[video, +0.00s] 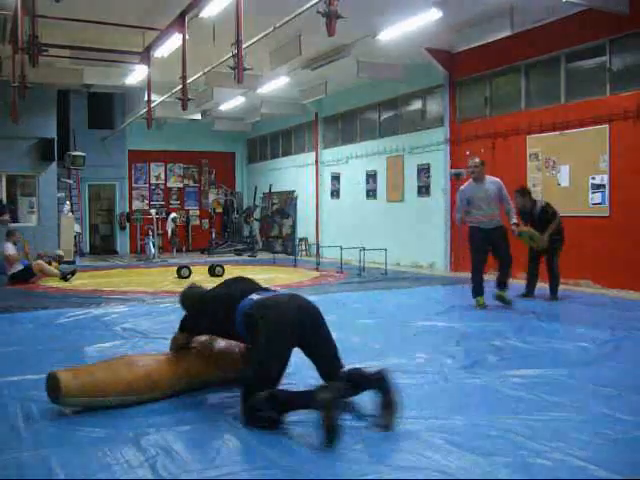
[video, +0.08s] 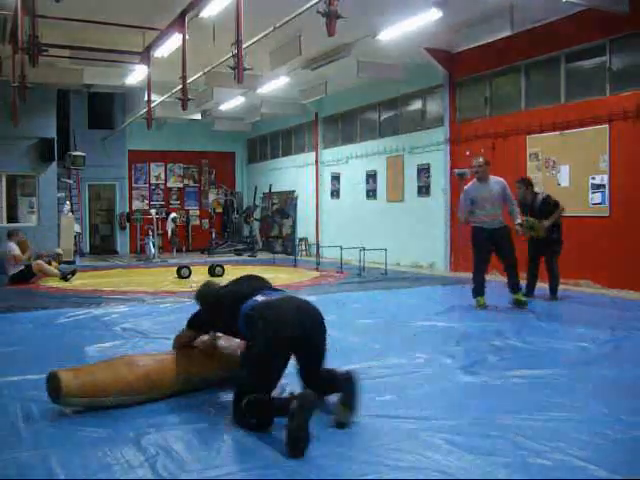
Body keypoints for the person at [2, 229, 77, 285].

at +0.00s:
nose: (19, 238)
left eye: (19, 236)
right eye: (17, 236)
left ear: (13, 237)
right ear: (12, 237)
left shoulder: (13, 246)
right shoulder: (8, 245)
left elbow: (16, 259)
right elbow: (11, 259)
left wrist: (26, 254)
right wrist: (22, 254)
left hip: (20, 272)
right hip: (15, 275)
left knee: (40, 264)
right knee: (39, 264)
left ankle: (62, 274)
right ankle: (62, 276)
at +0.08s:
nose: (21, 238)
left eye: (20, 236)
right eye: (19, 236)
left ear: (13, 237)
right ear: (14, 237)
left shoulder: (13, 245)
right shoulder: (11, 245)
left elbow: (19, 260)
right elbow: (20, 259)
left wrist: (27, 253)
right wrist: (29, 252)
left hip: (19, 272)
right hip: (15, 275)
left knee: (42, 263)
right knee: (39, 264)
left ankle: (63, 274)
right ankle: (62, 276)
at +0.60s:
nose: (18, 239)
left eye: (18, 237)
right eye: (18, 237)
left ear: (8, 237)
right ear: (15, 237)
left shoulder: (5, 246)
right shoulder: (11, 246)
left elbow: (19, 261)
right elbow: (21, 261)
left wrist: (27, 254)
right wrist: (28, 253)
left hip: (12, 276)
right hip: (14, 276)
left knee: (41, 267)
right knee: (39, 265)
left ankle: (63, 274)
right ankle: (62, 275)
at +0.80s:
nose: (16, 240)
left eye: (16, 238)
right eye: (14, 238)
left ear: (16, 239)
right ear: (8, 238)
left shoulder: (16, 246)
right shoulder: (4, 247)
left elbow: (25, 260)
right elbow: (4, 260)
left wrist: (28, 253)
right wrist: (16, 255)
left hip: (21, 272)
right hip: (13, 275)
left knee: (43, 268)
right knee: (38, 264)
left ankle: (63, 274)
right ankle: (61, 276)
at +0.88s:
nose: (17, 239)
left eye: (17, 237)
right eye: (14, 237)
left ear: (16, 238)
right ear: (8, 237)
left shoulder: (16, 246)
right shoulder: (5, 246)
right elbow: (2, 258)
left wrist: (28, 255)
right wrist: (8, 254)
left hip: (20, 273)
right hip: (12, 275)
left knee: (43, 267)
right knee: (38, 264)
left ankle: (63, 273)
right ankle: (61, 276)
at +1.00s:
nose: (16, 240)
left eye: (17, 238)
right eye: (14, 238)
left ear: (17, 238)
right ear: (8, 238)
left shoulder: (17, 247)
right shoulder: (4, 246)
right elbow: (2, 257)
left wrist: (27, 255)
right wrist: (9, 248)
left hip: (21, 272)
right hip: (13, 275)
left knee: (41, 265)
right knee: (38, 264)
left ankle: (62, 273)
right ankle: (61, 276)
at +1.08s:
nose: (15, 238)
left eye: (15, 236)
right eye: (13, 236)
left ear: (13, 236)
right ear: (8, 237)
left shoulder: (16, 245)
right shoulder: (5, 246)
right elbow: (2, 258)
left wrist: (27, 254)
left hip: (21, 272)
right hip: (13, 275)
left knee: (41, 265)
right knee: (38, 265)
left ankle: (62, 273)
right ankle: (61, 276)